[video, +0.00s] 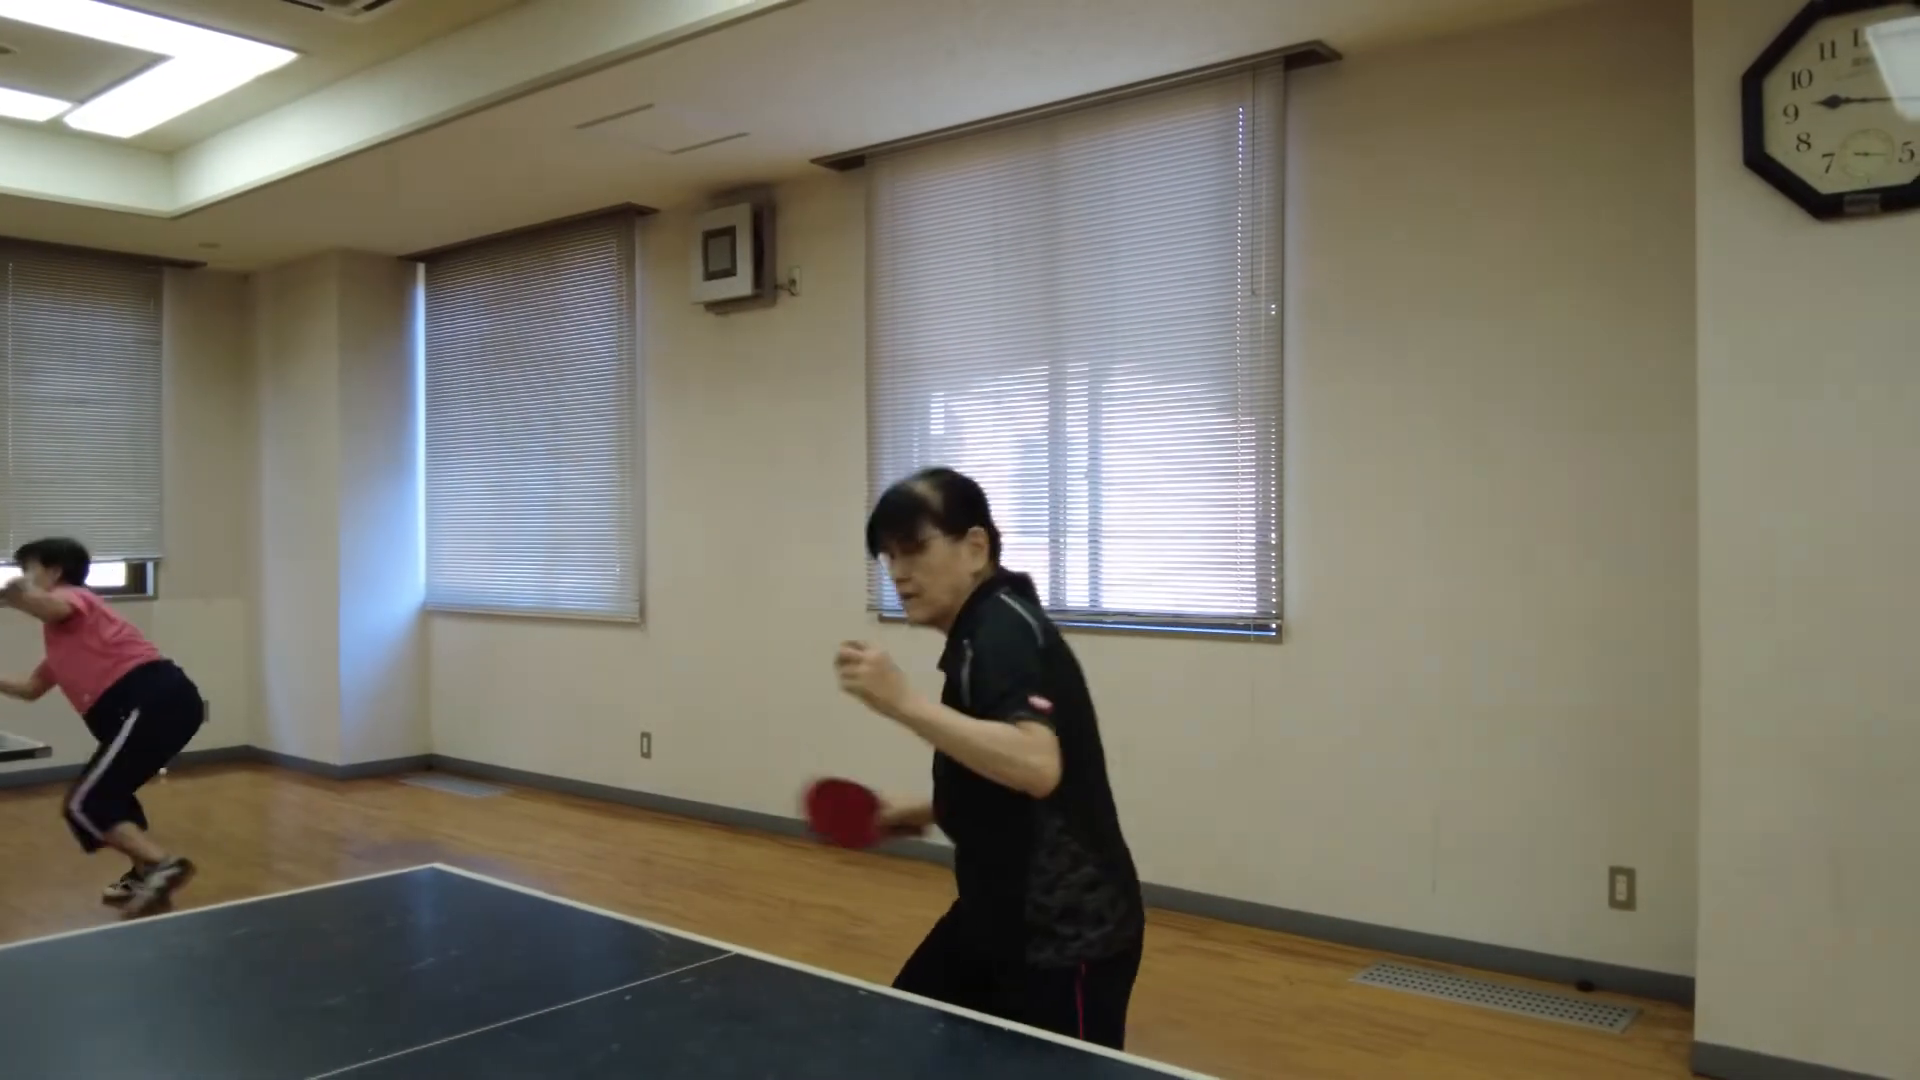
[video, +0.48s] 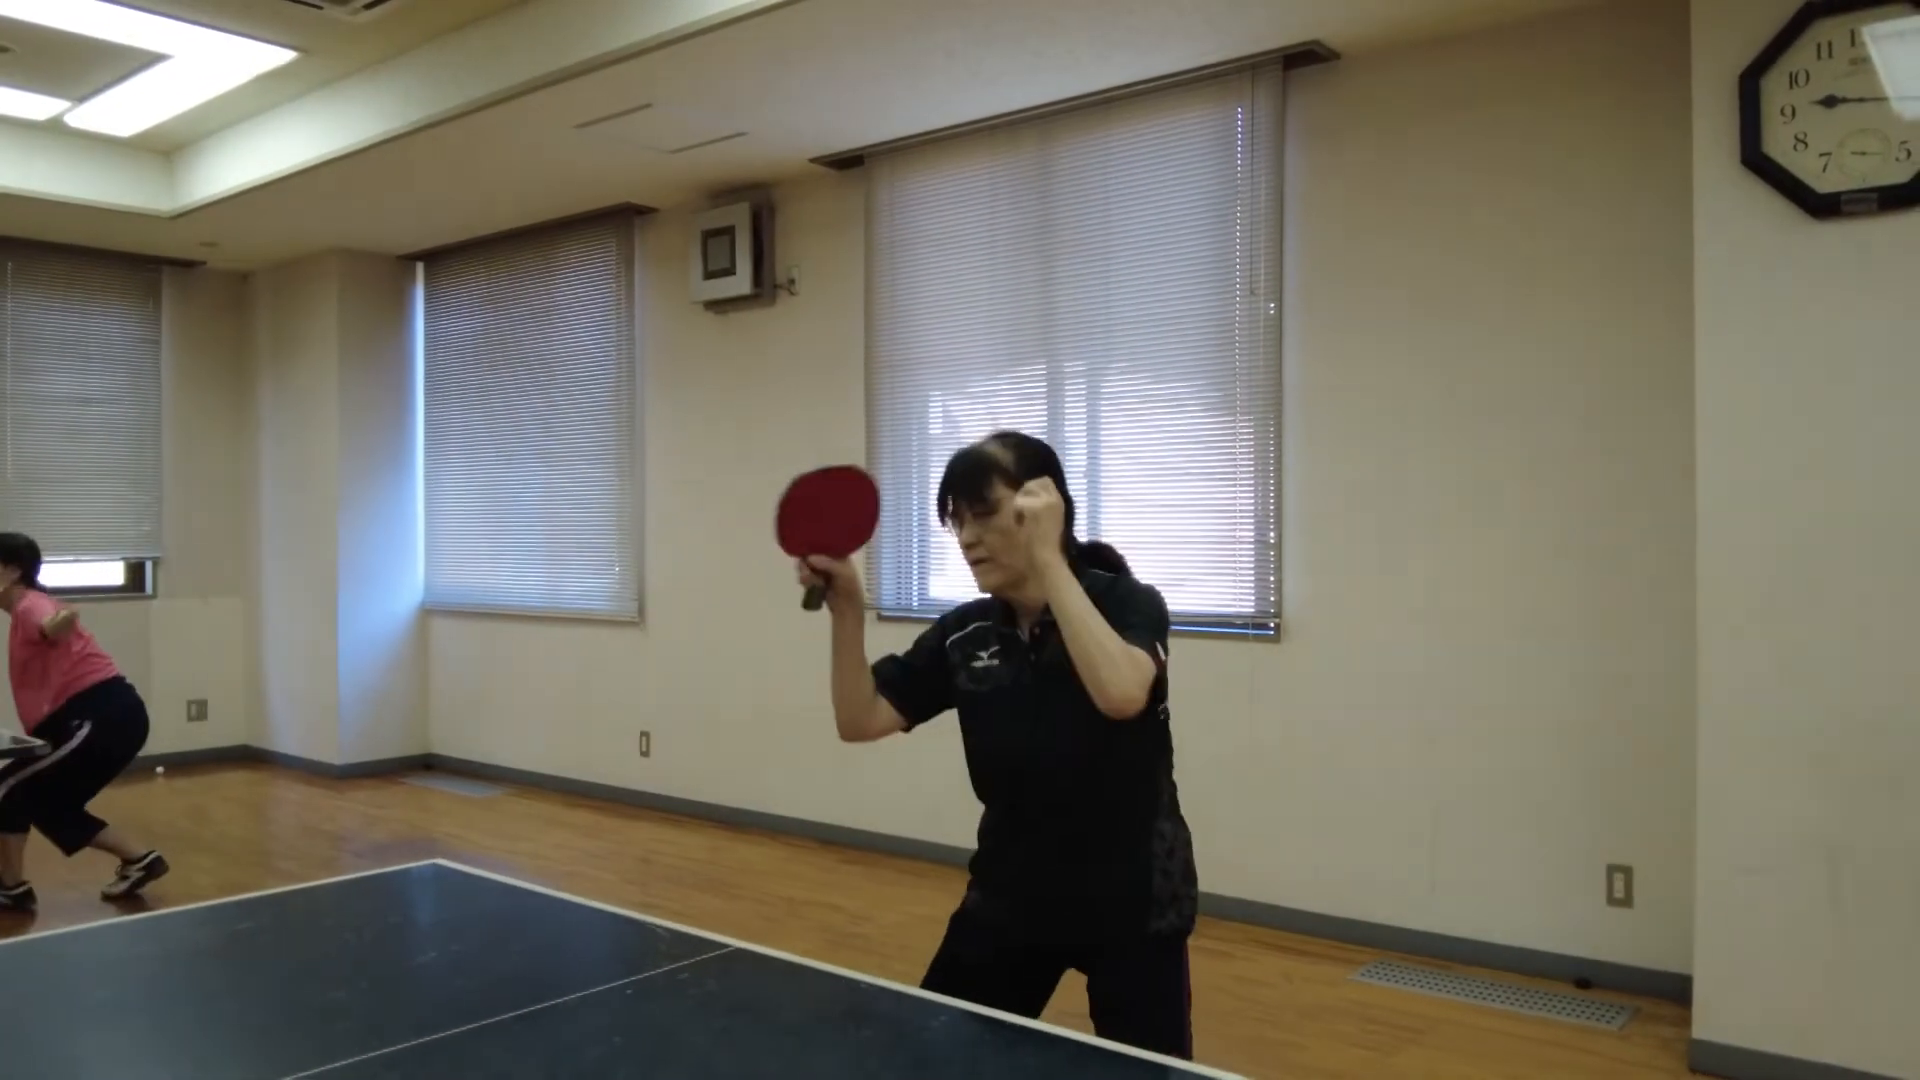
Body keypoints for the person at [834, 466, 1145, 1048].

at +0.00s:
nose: (898, 573)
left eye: (914, 550)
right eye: (890, 558)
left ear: (976, 546)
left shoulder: (1004, 623)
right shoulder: (979, 630)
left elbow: (1037, 766)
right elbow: (1010, 786)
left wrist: (905, 702)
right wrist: (919, 816)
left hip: (1065, 930)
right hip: (998, 912)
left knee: (1060, 1073)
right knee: (897, 1036)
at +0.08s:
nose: (886, 577)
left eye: (899, 553)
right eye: (879, 563)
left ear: (961, 542)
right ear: (961, 548)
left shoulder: (993, 614)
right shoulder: (980, 617)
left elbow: (1006, 744)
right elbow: (1031, 766)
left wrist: (879, 673)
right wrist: (946, 794)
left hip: (1063, 922)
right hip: (1000, 904)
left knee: (1066, 1072)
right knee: (895, 1035)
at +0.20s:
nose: (903, 536)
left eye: (912, 511)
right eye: (895, 520)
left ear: (968, 503)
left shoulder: (1037, 584)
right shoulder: (972, 611)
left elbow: (995, 681)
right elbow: (977, 766)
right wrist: (872, 742)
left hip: (1088, 883)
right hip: (997, 875)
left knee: (1107, 1067)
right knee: (914, 1041)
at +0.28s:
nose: (925, 529)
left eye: (937, 505)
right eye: (916, 516)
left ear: (995, 491)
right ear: (914, 527)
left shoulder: (1075, 569)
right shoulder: (957, 625)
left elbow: (1012, 642)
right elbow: (901, 733)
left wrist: (960, 517)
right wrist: (811, 661)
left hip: (1121, 866)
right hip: (1013, 865)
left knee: (1138, 1064)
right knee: (930, 1036)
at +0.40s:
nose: (955, 536)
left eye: (971, 513)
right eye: (947, 522)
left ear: (1036, 509)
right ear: (943, 530)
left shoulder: (1116, 593)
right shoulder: (965, 631)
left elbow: (1088, 663)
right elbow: (854, 709)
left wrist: (1027, 533)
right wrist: (827, 597)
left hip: (1133, 898)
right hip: (1015, 893)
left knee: (1153, 1074)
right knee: (932, 1051)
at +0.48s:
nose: (967, 538)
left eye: (985, 516)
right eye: (958, 523)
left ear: (1045, 511)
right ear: (951, 529)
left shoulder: (1126, 604)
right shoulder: (967, 635)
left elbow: (1122, 694)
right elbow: (859, 720)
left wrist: (1049, 560)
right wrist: (846, 607)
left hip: (1132, 902)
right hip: (1015, 897)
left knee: (1153, 1075)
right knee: (929, 1049)